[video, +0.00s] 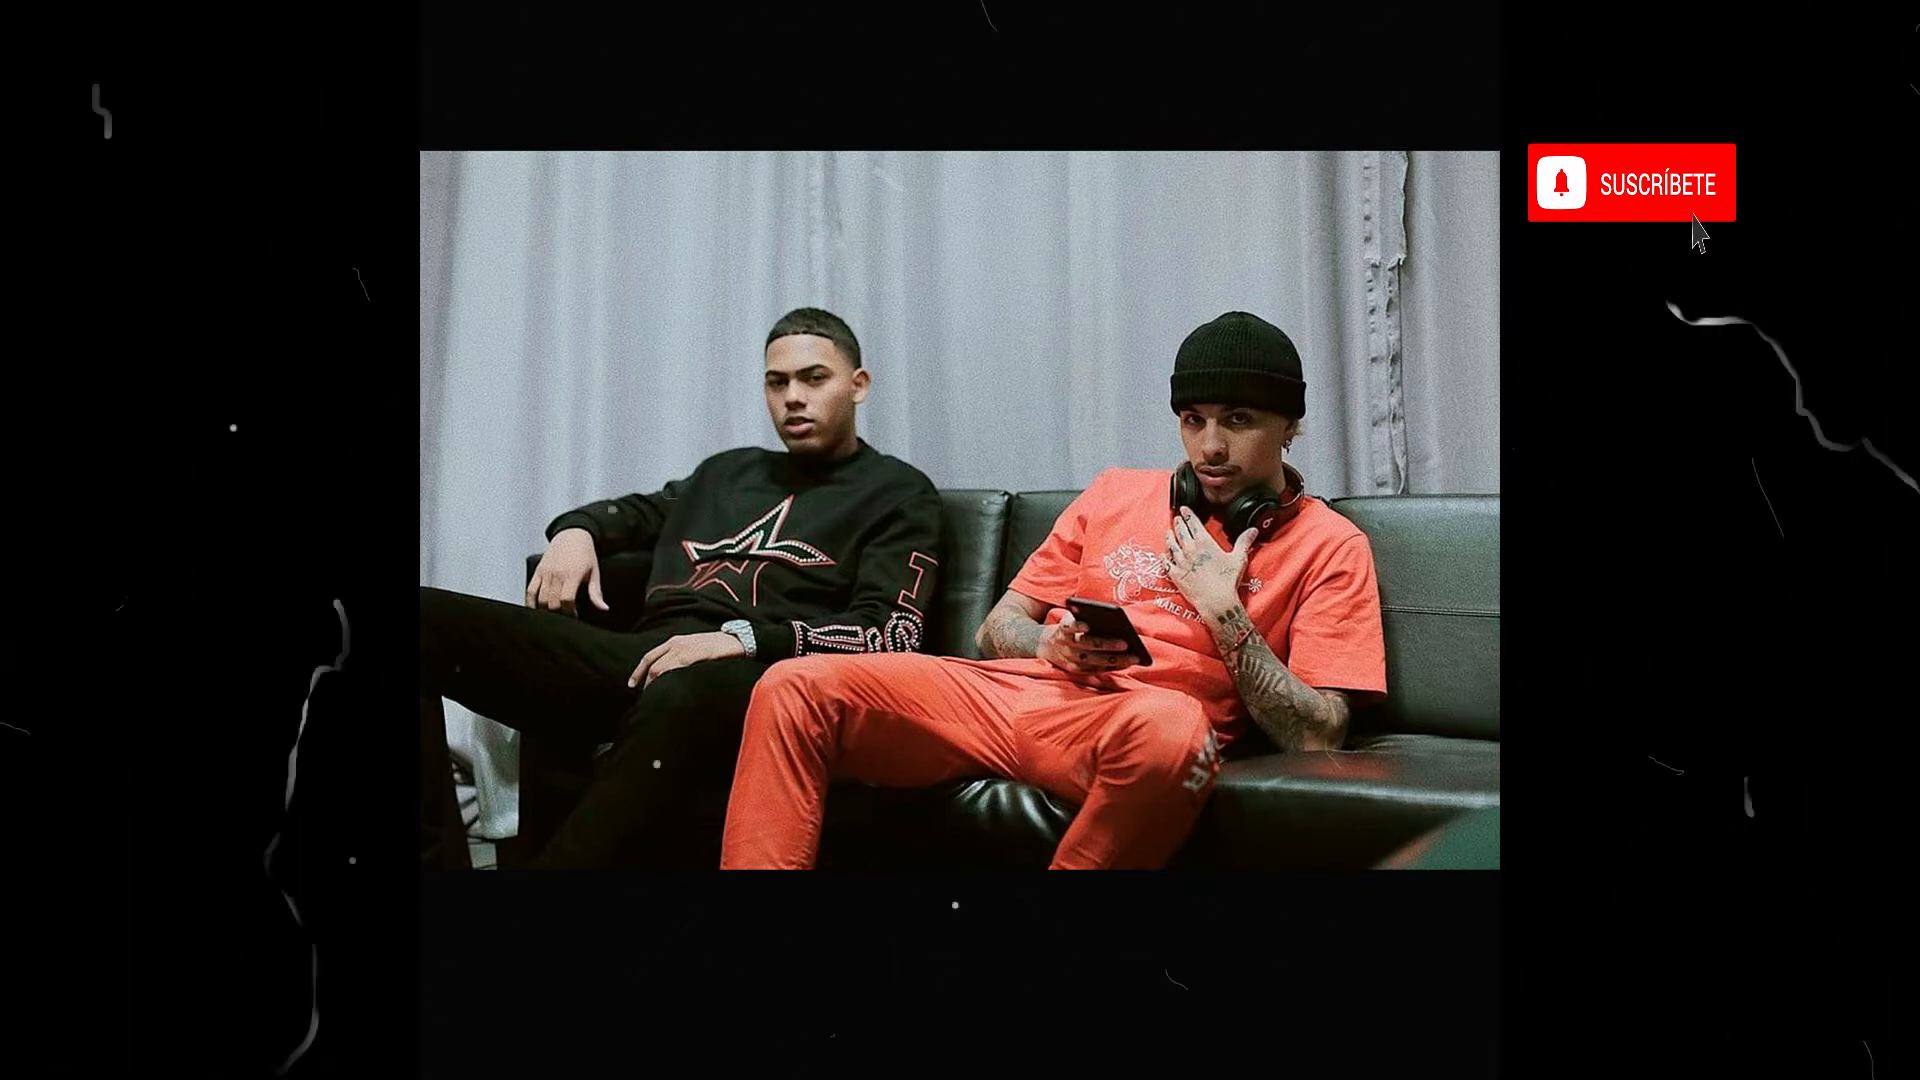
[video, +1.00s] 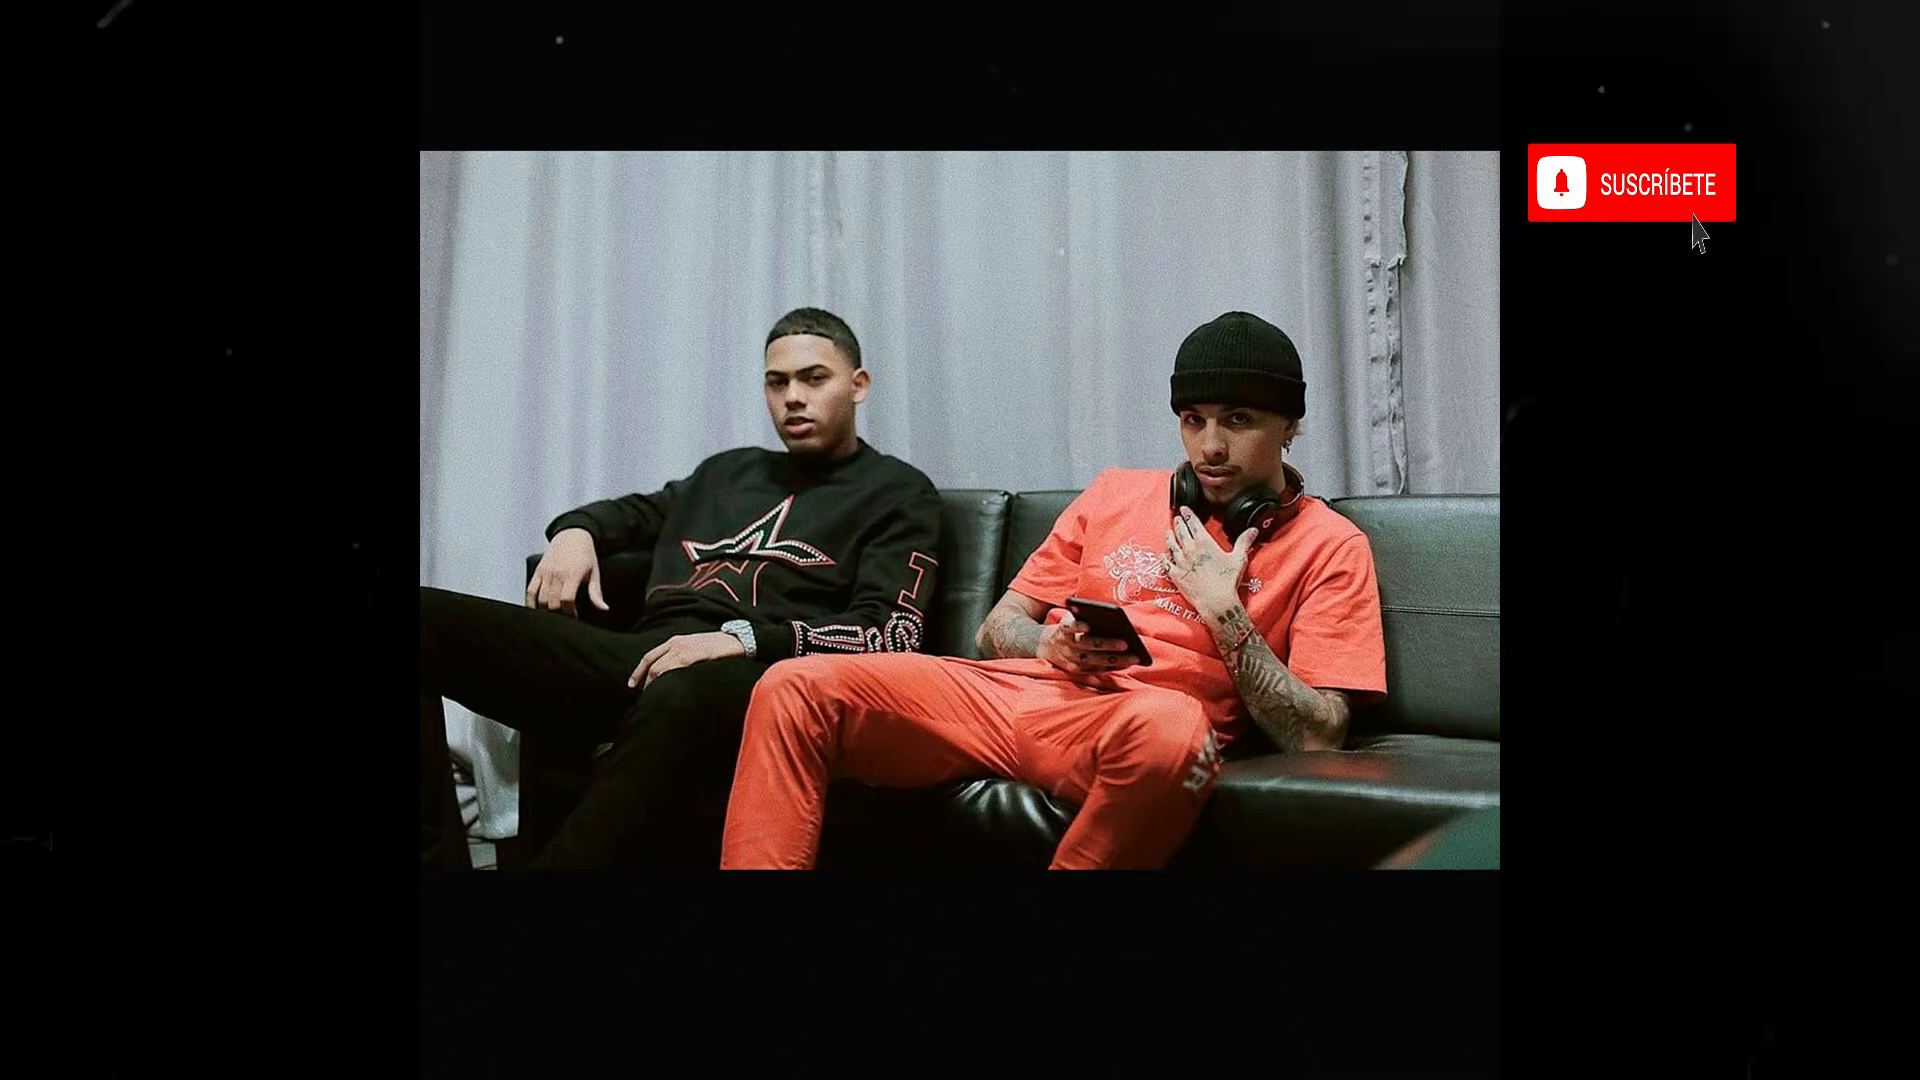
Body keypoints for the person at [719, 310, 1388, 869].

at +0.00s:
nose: (1211, 445)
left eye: (1238, 421)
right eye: (1196, 419)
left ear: (1289, 429)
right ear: (1178, 422)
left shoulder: (1329, 545)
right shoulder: (1118, 492)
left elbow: (1318, 735)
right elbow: (999, 627)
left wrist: (1227, 615)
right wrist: (1050, 647)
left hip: (1129, 709)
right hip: (1013, 686)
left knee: (1171, 746)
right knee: (792, 693)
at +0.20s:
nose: (1210, 445)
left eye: (1238, 421)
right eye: (1196, 419)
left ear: (1289, 429)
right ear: (1179, 422)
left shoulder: (1328, 546)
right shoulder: (1117, 493)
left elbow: (1318, 734)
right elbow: (999, 626)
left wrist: (1227, 615)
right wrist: (1051, 647)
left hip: (1132, 708)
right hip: (1013, 685)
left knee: (1170, 746)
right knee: (791, 694)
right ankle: (757, 914)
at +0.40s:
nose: (1211, 445)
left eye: (1238, 421)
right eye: (1196, 419)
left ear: (1289, 428)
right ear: (1179, 421)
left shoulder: (1328, 546)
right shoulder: (1118, 492)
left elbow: (1318, 734)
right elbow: (999, 626)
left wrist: (1226, 613)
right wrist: (1051, 647)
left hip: (1130, 708)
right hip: (1013, 685)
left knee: (1171, 746)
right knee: (792, 693)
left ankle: (1044, 907)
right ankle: (759, 912)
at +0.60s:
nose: (1210, 445)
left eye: (1237, 421)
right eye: (1196, 419)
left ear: (1289, 429)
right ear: (1179, 422)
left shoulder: (1328, 546)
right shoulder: (1117, 493)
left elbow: (1318, 734)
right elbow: (999, 626)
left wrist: (1227, 615)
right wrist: (1051, 647)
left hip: (1132, 708)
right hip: (1013, 685)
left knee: (1170, 745)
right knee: (791, 694)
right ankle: (759, 902)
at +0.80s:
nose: (1211, 445)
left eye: (1238, 421)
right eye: (1196, 419)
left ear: (1289, 429)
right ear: (1179, 422)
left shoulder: (1328, 545)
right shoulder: (1118, 492)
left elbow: (1318, 735)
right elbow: (999, 626)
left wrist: (1226, 614)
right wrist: (1051, 647)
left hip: (1130, 708)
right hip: (1013, 685)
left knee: (1170, 746)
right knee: (791, 694)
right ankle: (758, 931)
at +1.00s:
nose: (1210, 445)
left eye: (1238, 421)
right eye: (1196, 419)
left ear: (1289, 429)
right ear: (1179, 422)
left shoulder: (1328, 546)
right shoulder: (1118, 492)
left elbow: (1318, 734)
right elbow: (999, 626)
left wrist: (1226, 614)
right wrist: (1050, 647)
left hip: (1132, 708)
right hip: (1014, 685)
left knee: (1170, 746)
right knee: (792, 693)